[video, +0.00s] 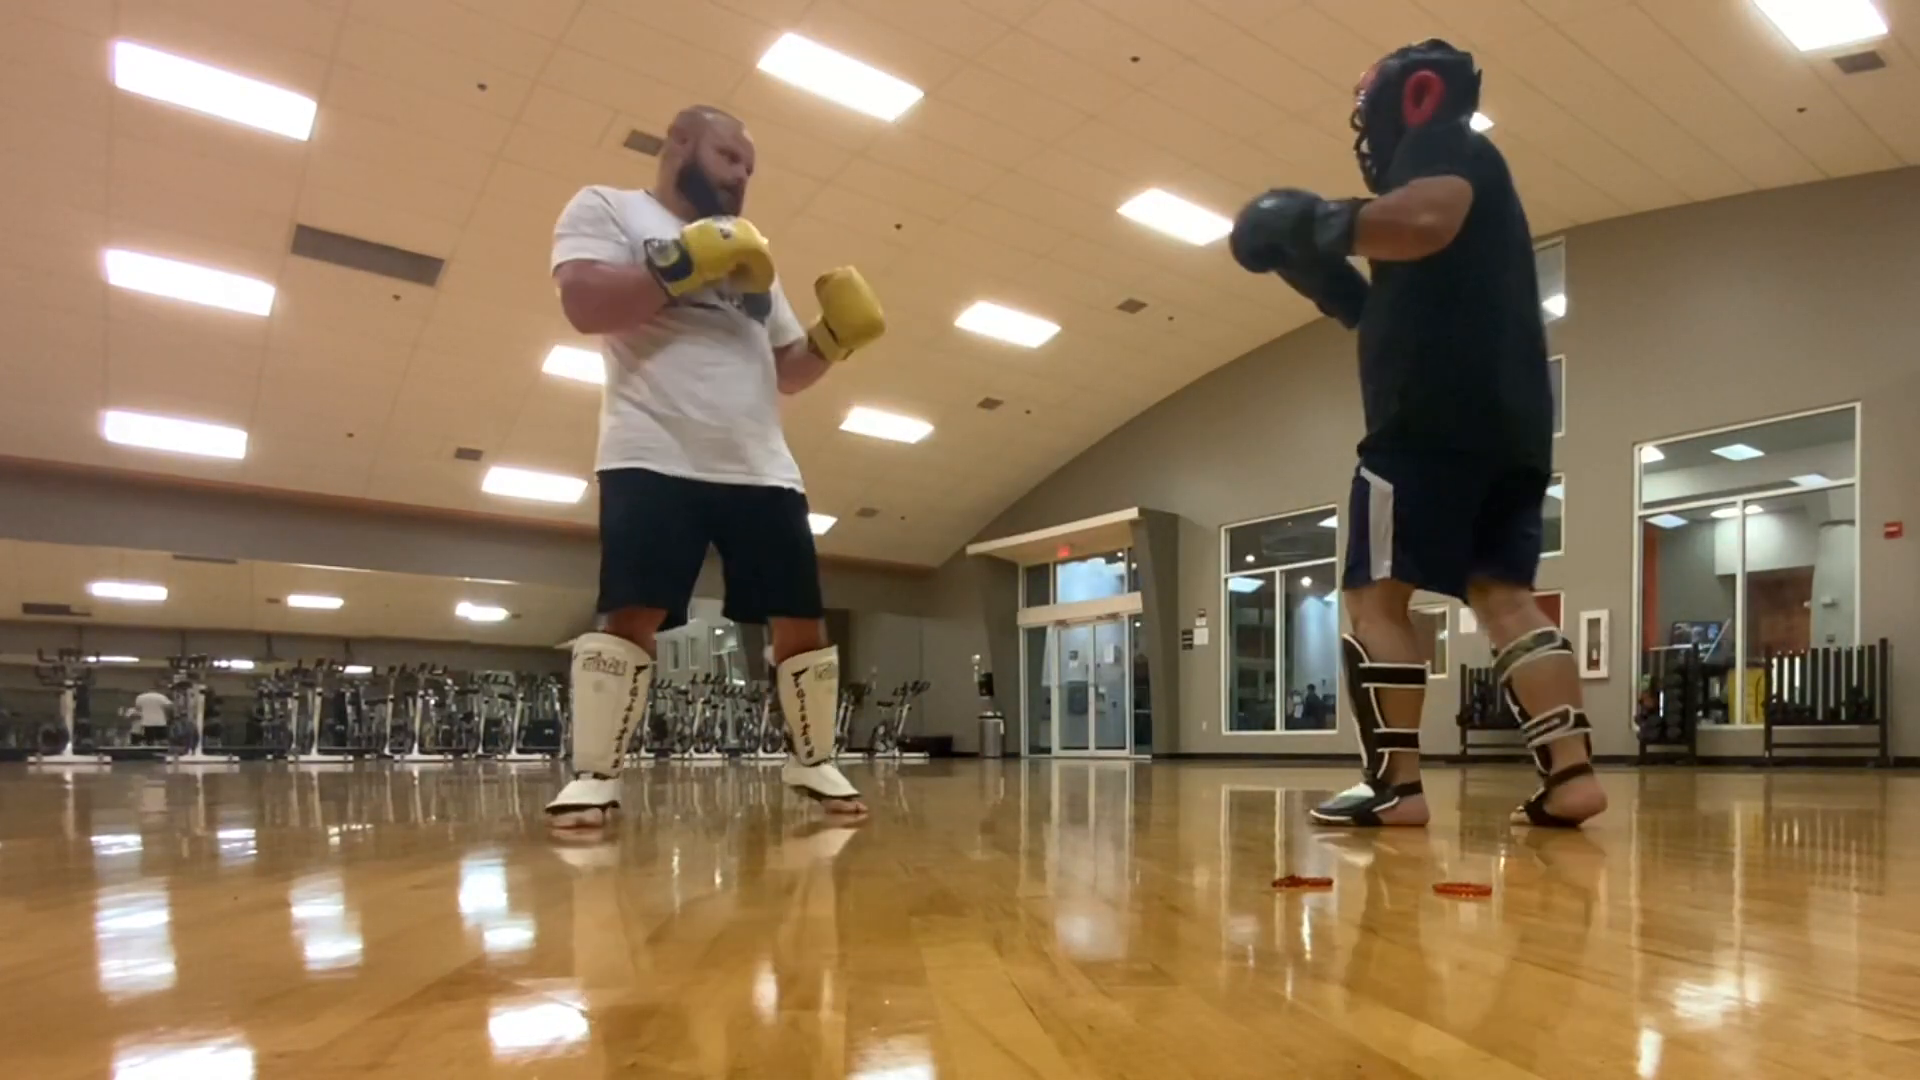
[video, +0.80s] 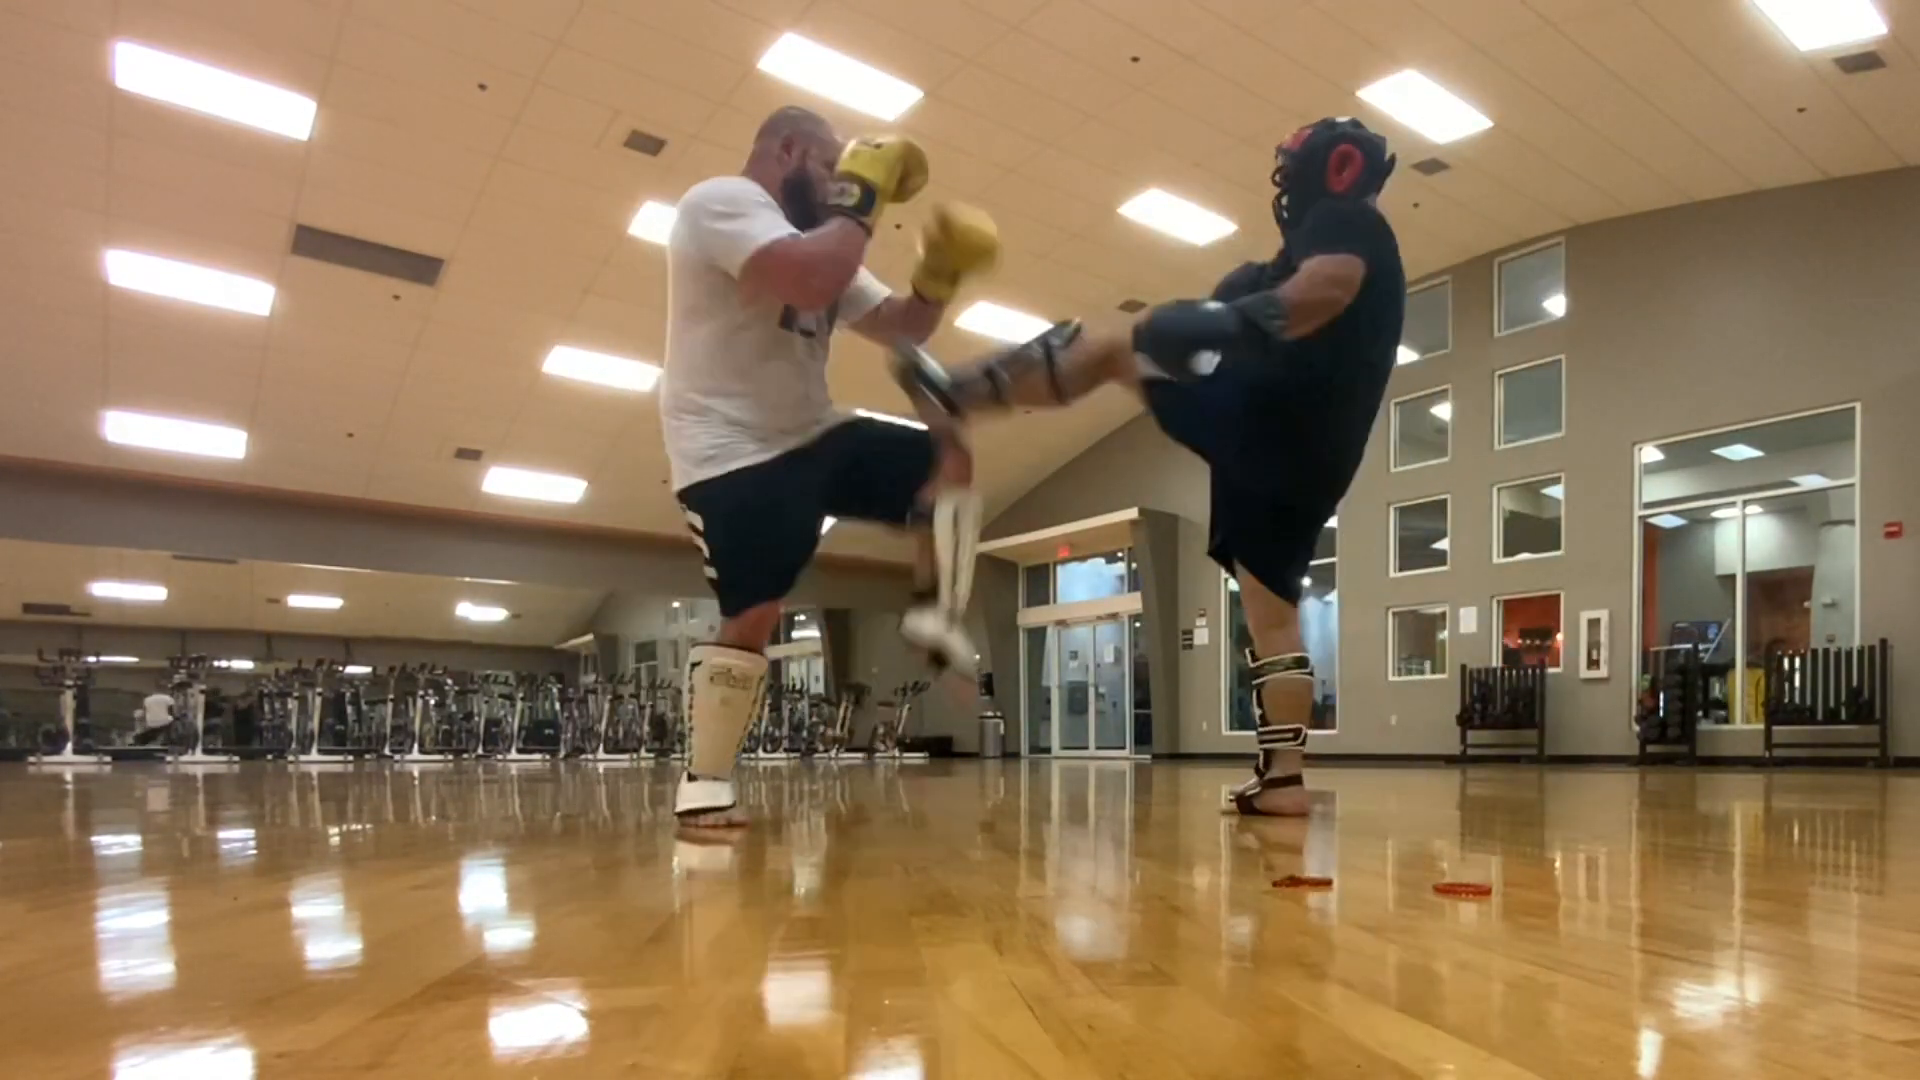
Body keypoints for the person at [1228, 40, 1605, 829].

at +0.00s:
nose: (1357, 118)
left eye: (1368, 99)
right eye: (1360, 103)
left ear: (1419, 94)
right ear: (1439, 100)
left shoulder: (1445, 144)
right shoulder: (1479, 183)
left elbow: (1431, 220)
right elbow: (1414, 321)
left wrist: (1314, 222)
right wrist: (1330, 279)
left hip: (1426, 418)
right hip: (1511, 424)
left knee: (1373, 596)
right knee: (1503, 594)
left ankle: (1395, 784)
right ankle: (1571, 773)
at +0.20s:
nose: (1322, 110)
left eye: (1334, 94)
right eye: (1324, 97)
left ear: (1385, 93)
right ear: (1395, 98)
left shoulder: (1401, 148)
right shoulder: (1425, 178)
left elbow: (1338, 230)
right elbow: (1335, 297)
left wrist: (1251, 202)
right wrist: (1268, 234)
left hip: (1396, 407)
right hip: (1455, 410)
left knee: (1384, 597)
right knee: (1414, 594)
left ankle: (1397, 783)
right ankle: (1477, 736)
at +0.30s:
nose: (1302, 106)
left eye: (1315, 92)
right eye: (1305, 94)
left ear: (1368, 99)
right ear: (1374, 104)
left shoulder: (1378, 158)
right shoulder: (1388, 180)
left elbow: (1288, 252)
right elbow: (1355, 307)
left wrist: (1238, 217)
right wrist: (1277, 283)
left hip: (1390, 416)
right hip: (1392, 416)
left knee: (1391, 594)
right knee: (1371, 595)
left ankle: (1402, 782)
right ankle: (1387, 776)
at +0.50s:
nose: (1291, 140)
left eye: (1303, 125)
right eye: (1295, 129)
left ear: (1352, 130)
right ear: (1368, 140)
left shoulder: (1333, 192)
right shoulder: (1395, 215)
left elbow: (1216, 245)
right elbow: (1308, 321)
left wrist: (1192, 202)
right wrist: (1228, 262)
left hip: (1322, 423)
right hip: (1379, 434)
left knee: (1273, 596)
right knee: (1310, 606)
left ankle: (1371, 750)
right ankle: (1291, 777)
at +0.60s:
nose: (1291, 150)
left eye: (1302, 136)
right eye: (1295, 137)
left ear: (1345, 142)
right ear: (1364, 150)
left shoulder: (1338, 207)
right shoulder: (1387, 226)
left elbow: (1228, 274)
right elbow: (1287, 324)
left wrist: (1144, 253)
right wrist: (1233, 265)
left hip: (1299, 416)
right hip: (1363, 446)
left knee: (1163, 488)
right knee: (1295, 607)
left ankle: (1254, 617)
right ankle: (1288, 778)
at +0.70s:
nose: (1284, 148)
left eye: (1300, 136)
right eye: (1291, 137)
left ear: (1344, 153)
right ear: (1349, 158)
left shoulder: (1342, 211)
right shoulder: (1363, 231)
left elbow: (1280, 288)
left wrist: (1161, 304)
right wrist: (1251, 268)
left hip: (1283, 411)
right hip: (1330, 452)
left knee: (1134, 363)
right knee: (1283, 609)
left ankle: (1105, 511)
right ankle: (1285, 781)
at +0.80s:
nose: (1280, 167)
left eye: (1294, 156)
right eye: (1285, 156)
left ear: (1339, 166)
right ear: (1346, 170)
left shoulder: (1344, 216)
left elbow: (1331, 286)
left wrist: (1223, 324)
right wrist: (1171, 313)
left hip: (1263, 407)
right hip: (1308, 457)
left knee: (1115, 346)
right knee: (1272, 609)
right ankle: (1283, 780)